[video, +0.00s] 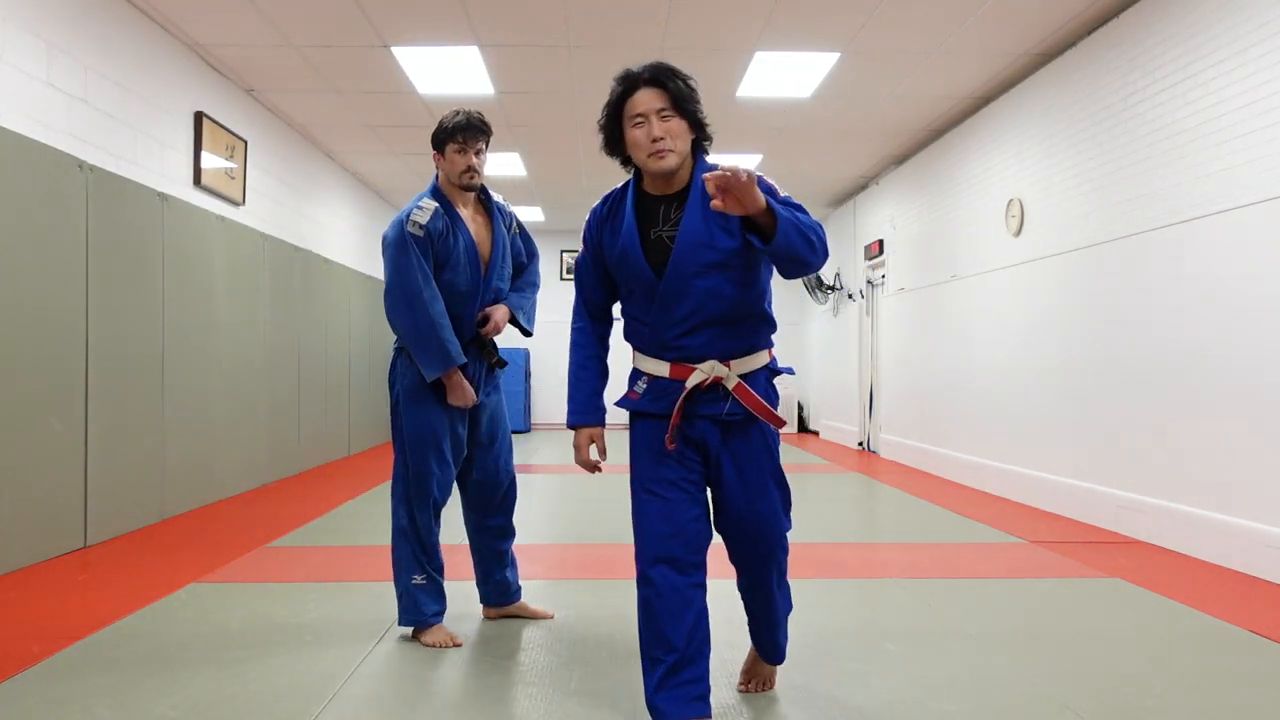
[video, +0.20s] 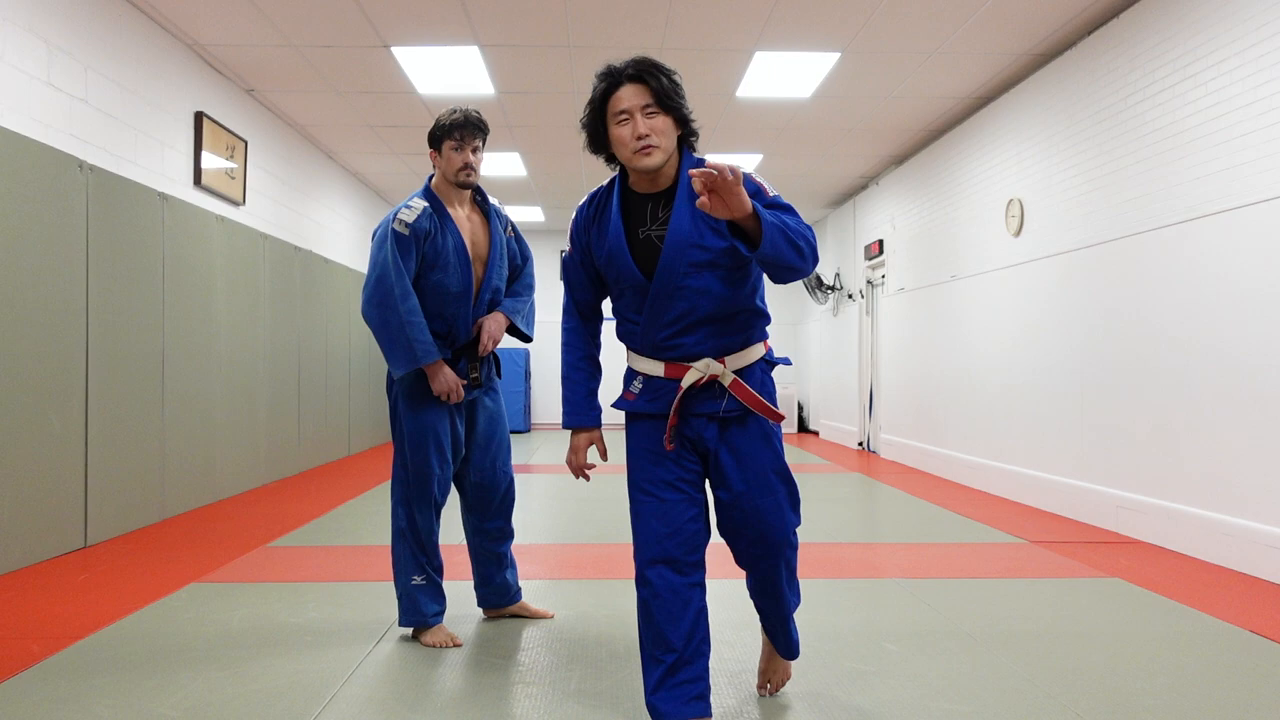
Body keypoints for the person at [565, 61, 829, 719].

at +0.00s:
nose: (656, 129)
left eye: (668, 115)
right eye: (639, 121)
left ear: (693, 126)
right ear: (622, 142)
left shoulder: (740, 189)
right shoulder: (608, 219)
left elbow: (811, 256)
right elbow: (590, 319)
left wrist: (763, 213)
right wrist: (585, 412)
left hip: (743, 395)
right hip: (658, 401)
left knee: (758, 541)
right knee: (666, 566)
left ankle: (767, 648)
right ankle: (678, 708)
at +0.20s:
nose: (639, 127)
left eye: (652, 112)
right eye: (622, 118)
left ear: (678, 122)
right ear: (607, 139)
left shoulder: (726, 187)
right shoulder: (594, 218)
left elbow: (801, 259)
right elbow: (580, 319)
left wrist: (746, 217)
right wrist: (580, 417)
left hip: (741, 390)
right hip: (653, 398)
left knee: (765, 537)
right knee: (665, 565)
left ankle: (779, 640)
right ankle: (679, 709)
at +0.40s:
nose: (644, 122)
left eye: (656, 108)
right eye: (626, 114)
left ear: (683, 120)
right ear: (611, 136)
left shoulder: (730, 185)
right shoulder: (598, 217)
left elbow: (800, 258)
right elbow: (585, 318)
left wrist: (748, 212)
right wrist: (585, 418)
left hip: (743, 390)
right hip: (655, 399)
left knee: (769, 539)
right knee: (665, 565)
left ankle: (785, 637)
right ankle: (679, 709)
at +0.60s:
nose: (671, 120)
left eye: (683, 107)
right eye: (655, 111)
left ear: (707, 121)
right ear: (637, 131)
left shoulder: (750, 187)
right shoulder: (620, 218)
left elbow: (813, 255)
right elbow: (601, 319)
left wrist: (777, 242)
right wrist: (598, 415)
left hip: (750, 390)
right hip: (664, 396)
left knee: (770, 541)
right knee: (669, 563)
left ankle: (787, 645)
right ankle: (679, 709)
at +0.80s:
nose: (706, 132)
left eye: (719, 122)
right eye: (694, 123)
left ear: (744, 141)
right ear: (676, 144)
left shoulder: (778, 211)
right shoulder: (654, 228)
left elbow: (816, 304)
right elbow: (631, 323)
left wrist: (833, 398)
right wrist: (625, 409)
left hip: (769, 399)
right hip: (685, 403)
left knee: (777, 543)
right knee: (679, 561)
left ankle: (781, 652)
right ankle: (680, 708)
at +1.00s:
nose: (720, 151)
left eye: (736, 142)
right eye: (715, 143)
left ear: (771, 156)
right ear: (709, 157)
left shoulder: (811, 234)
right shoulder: (686, 234)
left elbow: (842, 332)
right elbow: (665, 327)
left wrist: (842, 424)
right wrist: (662, 411)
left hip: (787, 409)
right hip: (705, 408)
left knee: (781, 549)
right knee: (700, 547)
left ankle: (774, 662)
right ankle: (694, 688)